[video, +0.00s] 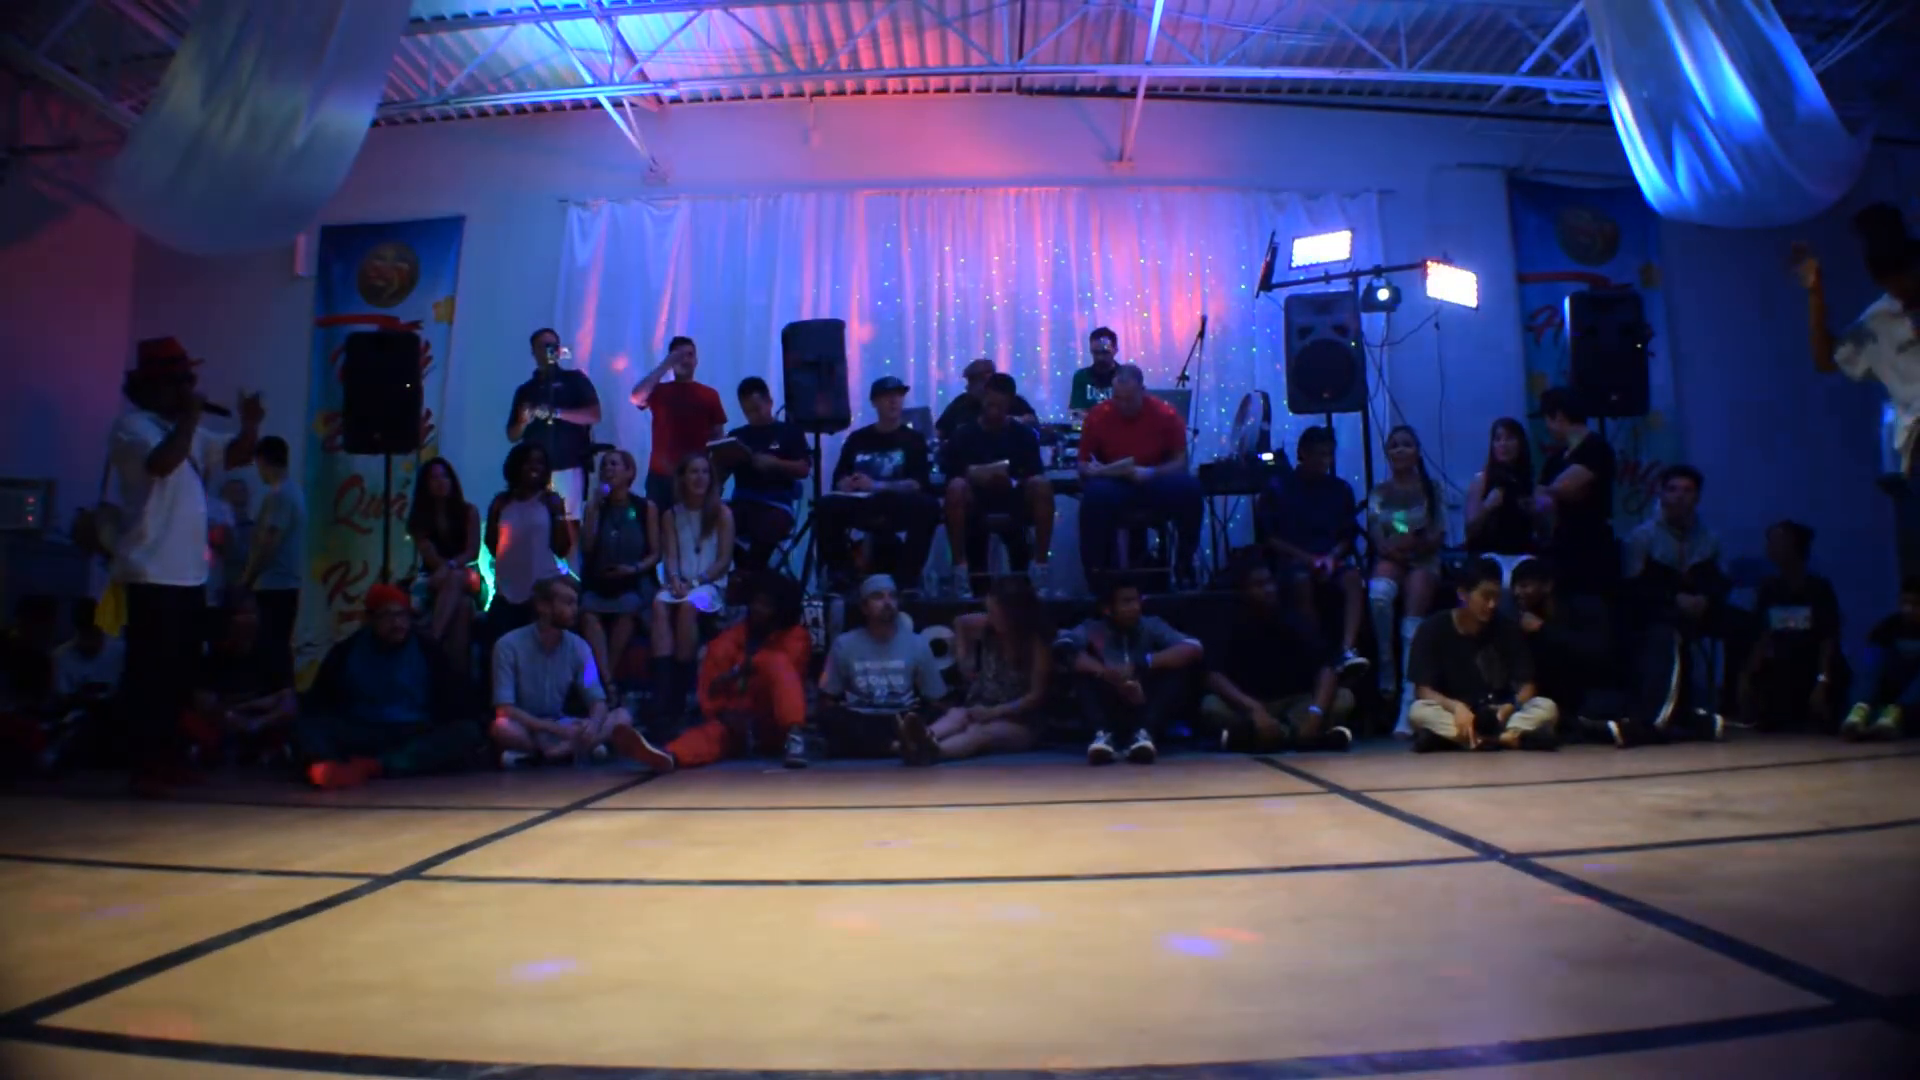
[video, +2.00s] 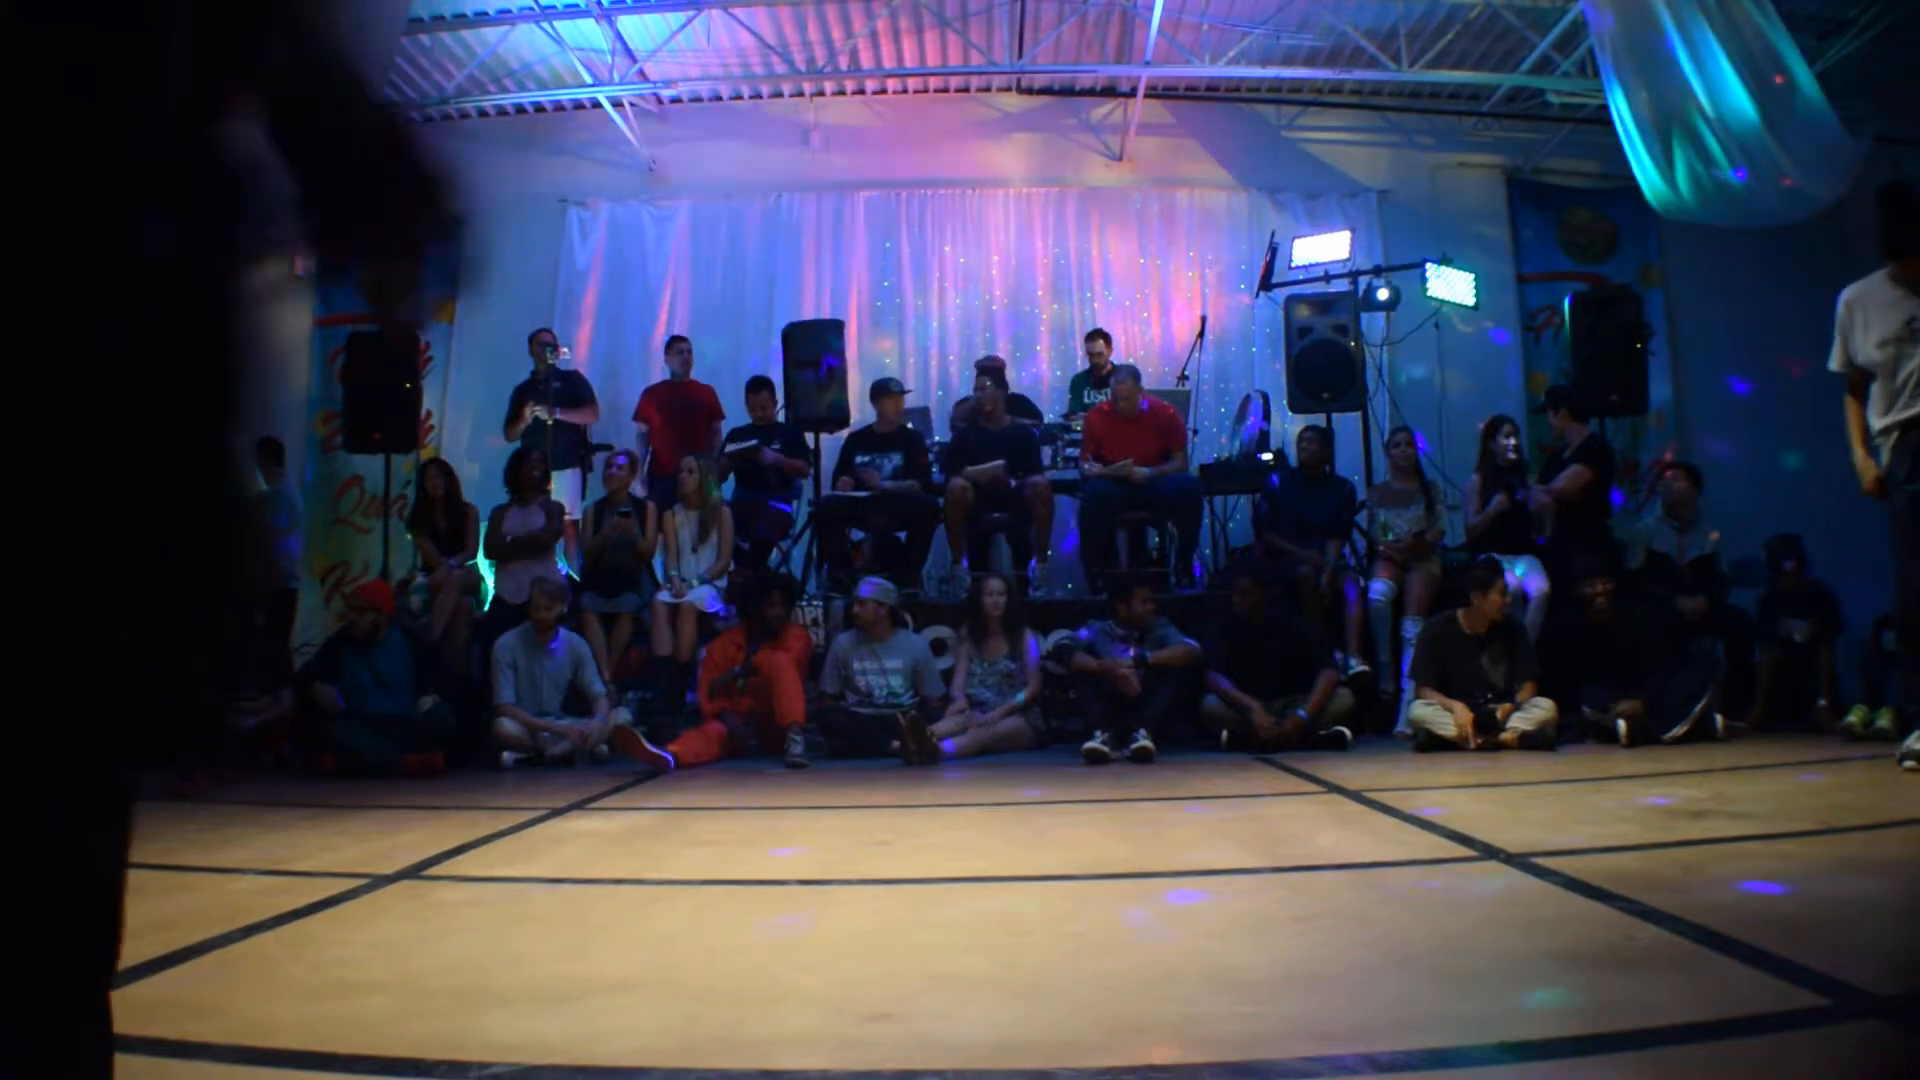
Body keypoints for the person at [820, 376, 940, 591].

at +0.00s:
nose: (894, 403)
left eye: (897, 397)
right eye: (887, 398)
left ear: (903, 401)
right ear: (875, 403)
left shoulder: (914, 439)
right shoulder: (857, 439)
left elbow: (919, 483)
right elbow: (838, 481)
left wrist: (874, 485)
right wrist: (847, 484)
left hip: (897, 501)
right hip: (860, 501)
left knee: (927, 508)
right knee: (826, 506)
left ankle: (907, 580)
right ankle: (840, 578)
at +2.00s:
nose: (898, 405)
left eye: (900, 399)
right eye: (891, 400)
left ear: (903, 401)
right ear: (876, 403)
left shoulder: (913, 439)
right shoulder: (856, 439)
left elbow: (921, 483)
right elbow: (838, 480)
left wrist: (881, 484)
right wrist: (843, 483)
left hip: (899, 502)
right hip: (861, 502)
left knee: (927, 508)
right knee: (827, 506)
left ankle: (909, 578)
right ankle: (839, 576)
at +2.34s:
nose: (893, 405)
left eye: (896, 399)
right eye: (887, 399)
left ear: (900, 402)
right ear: (874, 404)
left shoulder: (912, 438)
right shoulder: (856, 439)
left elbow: (922, 481)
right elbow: (842, 479)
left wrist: (893, 490)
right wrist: (845, 486)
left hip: (899, 503)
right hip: (862, 503)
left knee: (927, 507)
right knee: (829, 507)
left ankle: (909, 576)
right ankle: (838, 574)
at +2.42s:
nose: (893, 404)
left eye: (895, 399)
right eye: (886, 399)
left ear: (899, 401)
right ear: (873, 403)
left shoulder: (912, 437)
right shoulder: (861, 438)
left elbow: (921, 481)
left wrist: (890, 490)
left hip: (907, 502)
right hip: (872, 506)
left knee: (928, 510)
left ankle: (912, 575)